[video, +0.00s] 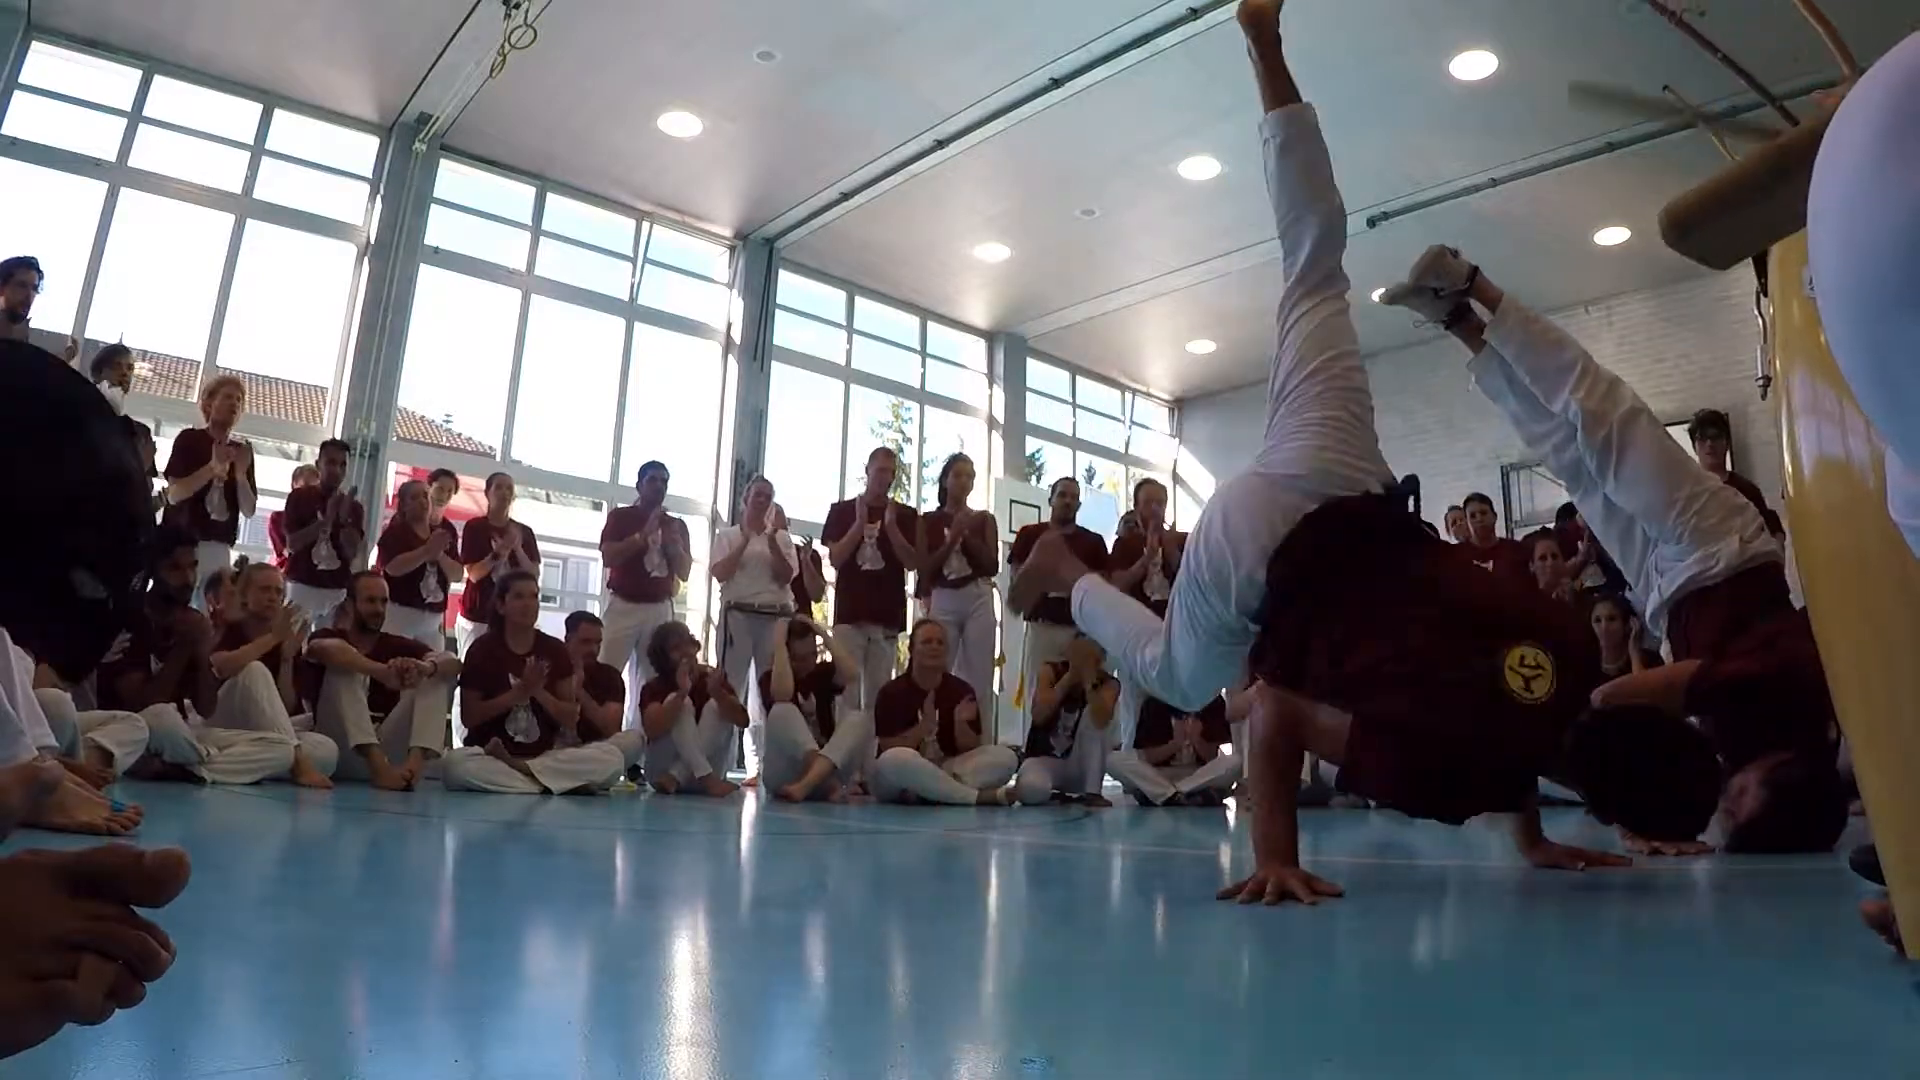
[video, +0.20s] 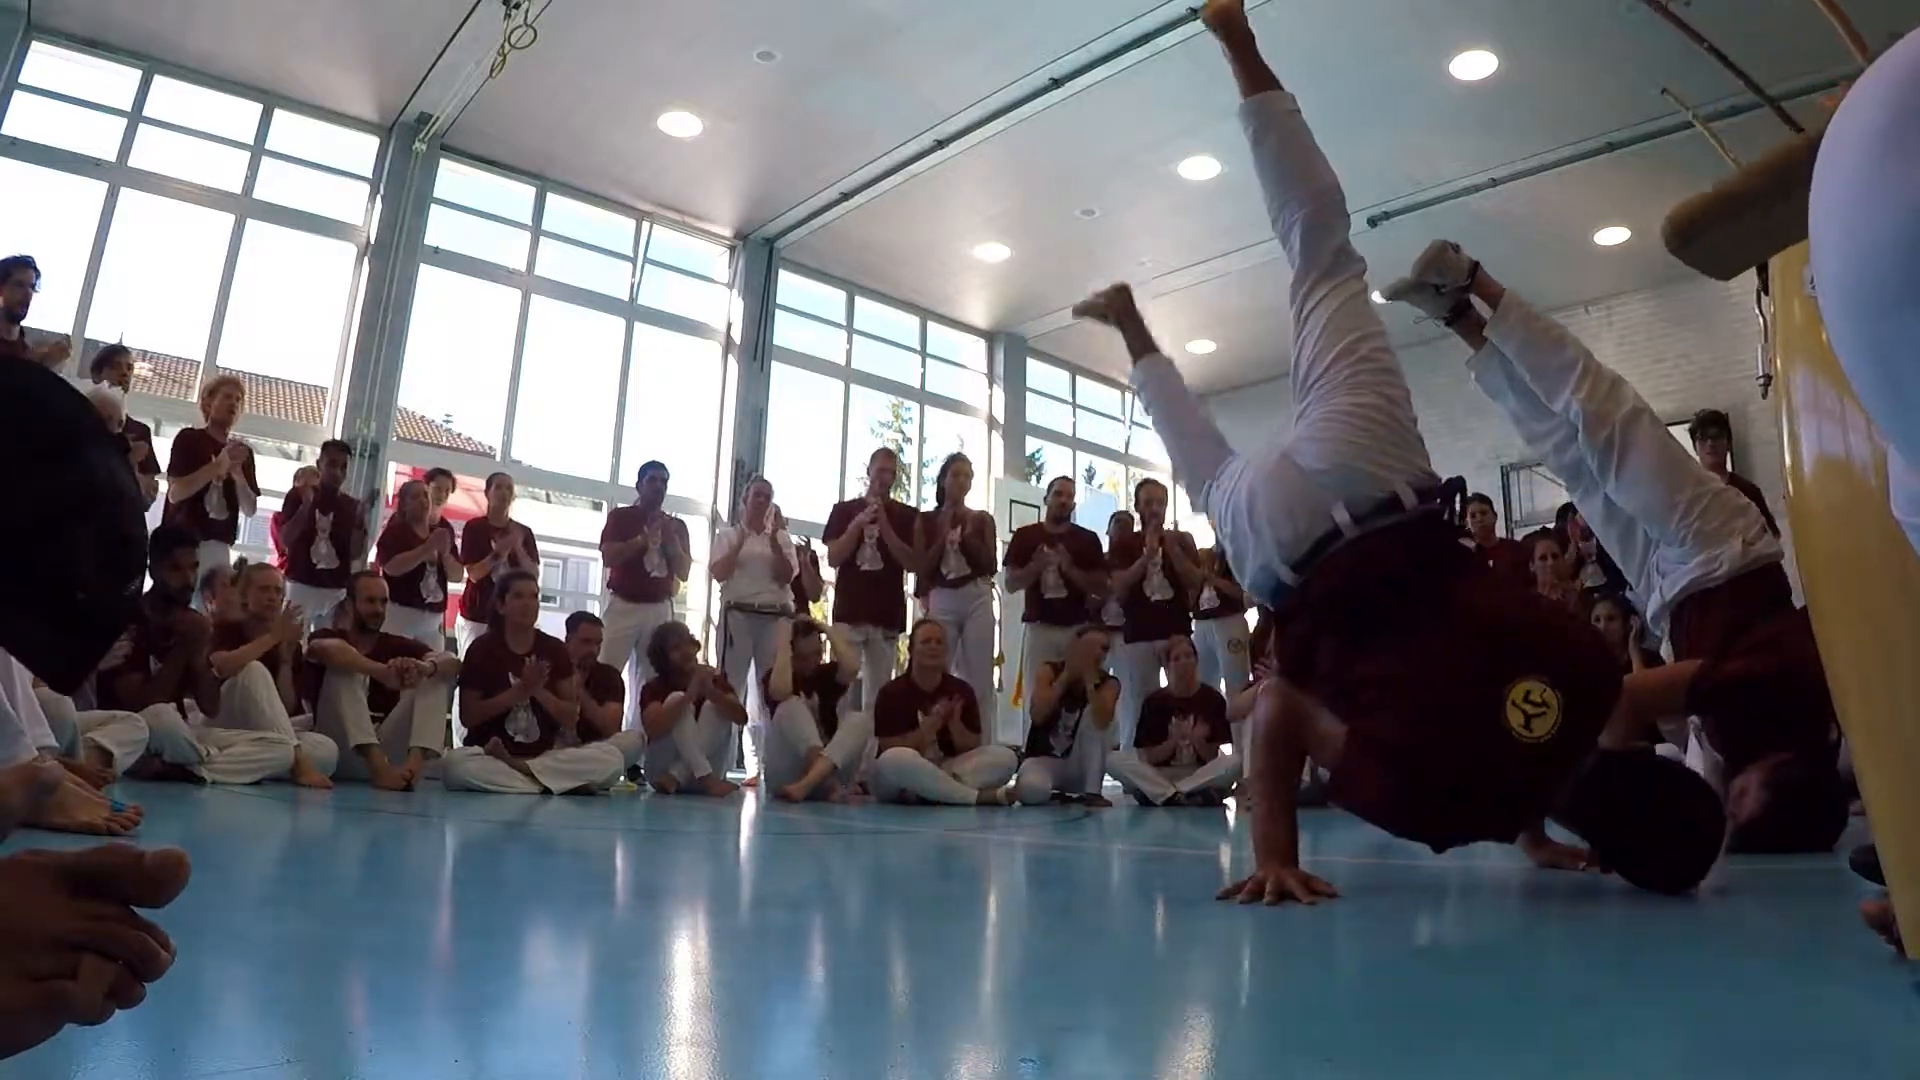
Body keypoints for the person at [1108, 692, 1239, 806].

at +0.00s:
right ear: (1170, 679)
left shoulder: (1213, 701)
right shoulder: (1154, 703)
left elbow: (1212, 757)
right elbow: (1145, 756)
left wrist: (1196, 740)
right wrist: (1175, 744)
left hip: (1200, 772)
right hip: (1159, 773)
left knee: (1234, 762)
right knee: (1115, 760)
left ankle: (1165, 795)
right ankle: (1174, 797)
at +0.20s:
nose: (1184, 662)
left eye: (1188, 656)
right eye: (1177, 659)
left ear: (1196, 660)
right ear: (1168, 666)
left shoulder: (1213, 698)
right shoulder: (1154, 700)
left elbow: (1213, 755)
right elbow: (1146, 757)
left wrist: (1197, 741)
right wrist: (1172, 743)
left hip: (1200, 770)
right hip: (1160, 772)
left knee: (1234, 762)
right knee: (1114, 759)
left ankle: (1166, 795)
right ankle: (1173, 796)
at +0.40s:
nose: (1183, 662)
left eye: (1188, 656)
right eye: (1177, 658)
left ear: (1197, 660)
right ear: (1168, 666)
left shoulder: (1213, 698)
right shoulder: (1154, 701)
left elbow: (1212, 755)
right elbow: (1150, 758)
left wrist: (1194, 737)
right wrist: (1179, 742)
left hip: (1201, 771)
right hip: (1161, 773)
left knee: (1234, 763)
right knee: (1114, 759)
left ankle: (1167, 795)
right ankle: (1175, 797)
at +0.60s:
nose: (1184, 662)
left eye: (1189, 656)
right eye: (1177, 659)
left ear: (1197, 661)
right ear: (1168, 666)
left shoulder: (1213, 698)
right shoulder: (1155, 701)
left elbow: (1212, 756)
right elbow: (1148, 757)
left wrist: (1200, 744)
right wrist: (1175, 742)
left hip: (1200, 771)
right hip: (1161, 773)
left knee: (1233, 764)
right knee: (1114, 760)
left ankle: (1164, 796)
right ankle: (1173, 796)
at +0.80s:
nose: (1184, 663)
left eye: (1189, 657)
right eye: (1177, 659)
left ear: (1197, 661)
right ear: (1168, 666)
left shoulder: (1213, 698)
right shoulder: (1155, 701)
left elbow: (1214, 755)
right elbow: (1148, 757)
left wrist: (1194, 739)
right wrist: (1179, 741)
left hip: (1201, 772)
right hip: (1160, 773)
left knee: (1233, 764)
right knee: (1113, 760)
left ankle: (1167, 795)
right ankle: (1173, 796)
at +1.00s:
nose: (1185, 662)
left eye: (1190, 656)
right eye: (1178, 658)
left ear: (1198, 661)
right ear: (1169, 667)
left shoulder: (1214, 699)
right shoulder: (1155, 701)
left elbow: (1214, 759)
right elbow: (1149, 758)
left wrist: (1204, 746)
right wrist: (1171, 739)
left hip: (1200, 773)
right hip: (1161, 774)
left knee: (1233, 763)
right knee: (1115, 760)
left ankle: (1171, 793)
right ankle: (1171, 796)